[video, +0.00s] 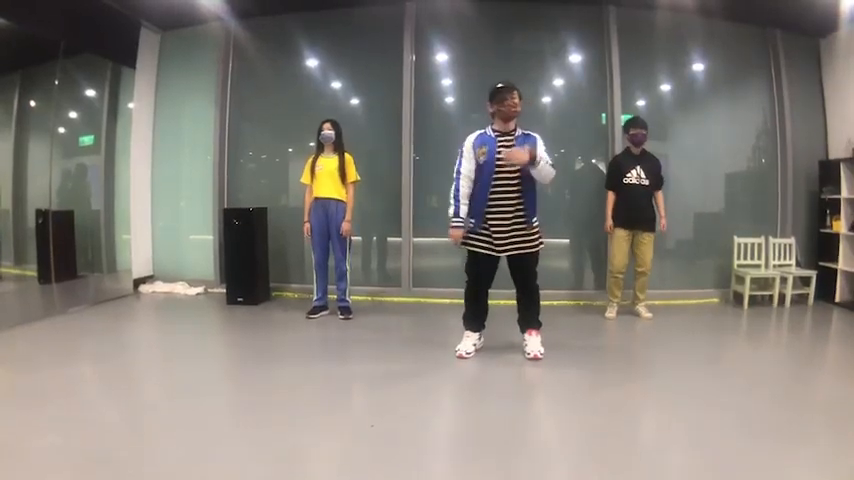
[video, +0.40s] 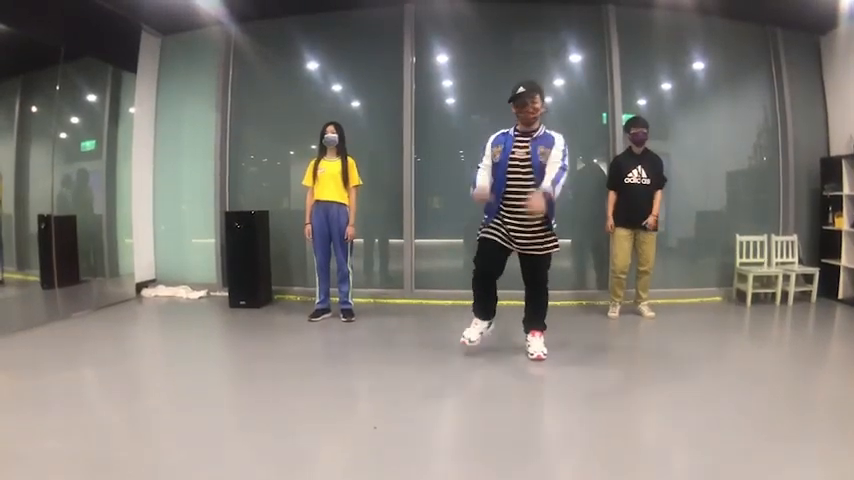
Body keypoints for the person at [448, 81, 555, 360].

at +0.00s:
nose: (512, 103)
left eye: (515, 98)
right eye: (505, 99)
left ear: (521, 104)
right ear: (492, 106)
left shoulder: (532, 141)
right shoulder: (475, 141)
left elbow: (548, 177)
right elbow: (463, 181)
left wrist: (531, 158)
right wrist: (458, 221)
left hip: (522, 226)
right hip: (484, 226)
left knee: (527, 281)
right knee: (477, 282)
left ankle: (531, 333)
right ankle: (472, 333)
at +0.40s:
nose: (530, 109)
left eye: (534, 103)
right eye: (523, 104)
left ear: (543, 105)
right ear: (513, 108)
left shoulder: (554, 141)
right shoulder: (498, 140)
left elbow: (557, 172)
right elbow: (484, 169)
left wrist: (544, 194)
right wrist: (481, 189)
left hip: (536, 223)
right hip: (499, 219)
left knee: (536, 280)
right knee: (484, 270)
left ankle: (535, 332)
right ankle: (482, 318)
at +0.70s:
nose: (516, 109)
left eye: (521, 103)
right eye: (510, 105)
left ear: (531, 106)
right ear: (502, 109)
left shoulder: (545, 141)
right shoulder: (492, 142)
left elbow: (559, 183)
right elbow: (479, 185)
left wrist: (558, 225)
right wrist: (481, 169)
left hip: (530, 228)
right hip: (495, 227)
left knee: (535, 283)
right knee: (487, 280)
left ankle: (536, 334)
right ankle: (479, 332)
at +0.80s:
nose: (510, 108)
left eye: (515, 103)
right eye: (504, 104)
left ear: (524, 107)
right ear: (495, 109)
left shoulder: (537, 140)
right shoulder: (482, 143)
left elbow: (563, 173)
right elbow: (471, 186)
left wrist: (559, 213)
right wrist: (464, 171)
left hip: (525, 229)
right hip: (489, 229)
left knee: (531, 284)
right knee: (485, 283)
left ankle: (536, 335)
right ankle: (479, 335)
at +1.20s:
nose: (508, 108)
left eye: (512, 103)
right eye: (501, 104)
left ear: (520, 108)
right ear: (490, 110)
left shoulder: (531, 143)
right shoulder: (475, 142)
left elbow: (540, 176)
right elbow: (468, 174)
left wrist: (548, 188)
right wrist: (482, 183)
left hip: (523, 228)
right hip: (486, 229)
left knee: (534, 284)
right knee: (479, 285)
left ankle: (540, 337)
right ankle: (474, 338)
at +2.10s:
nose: (498, 126)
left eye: (502, 119)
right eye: (492, 121)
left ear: (513, 113)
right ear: (484, 121)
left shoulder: (531, 140)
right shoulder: (472, 152)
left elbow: (544, 178)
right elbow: (470, 195)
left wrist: (545, 217)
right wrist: (472, 231)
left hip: (524, 232)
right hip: (487, 234)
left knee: (539, 288)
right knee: (476, 289)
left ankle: (553, 341)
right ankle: (469, 342)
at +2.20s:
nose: (524, 124)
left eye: (525, 117)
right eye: (518, 119)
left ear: (528, 115)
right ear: (503, 120)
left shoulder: (540, 147)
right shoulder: (482, 151)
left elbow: (549, 184)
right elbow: (477, 190)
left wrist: (556, 221)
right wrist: (482, 226)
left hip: (533, 237)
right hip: (496, 238)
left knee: (545, 291)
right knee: (474, 290)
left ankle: (554, 342)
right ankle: (460, 340)